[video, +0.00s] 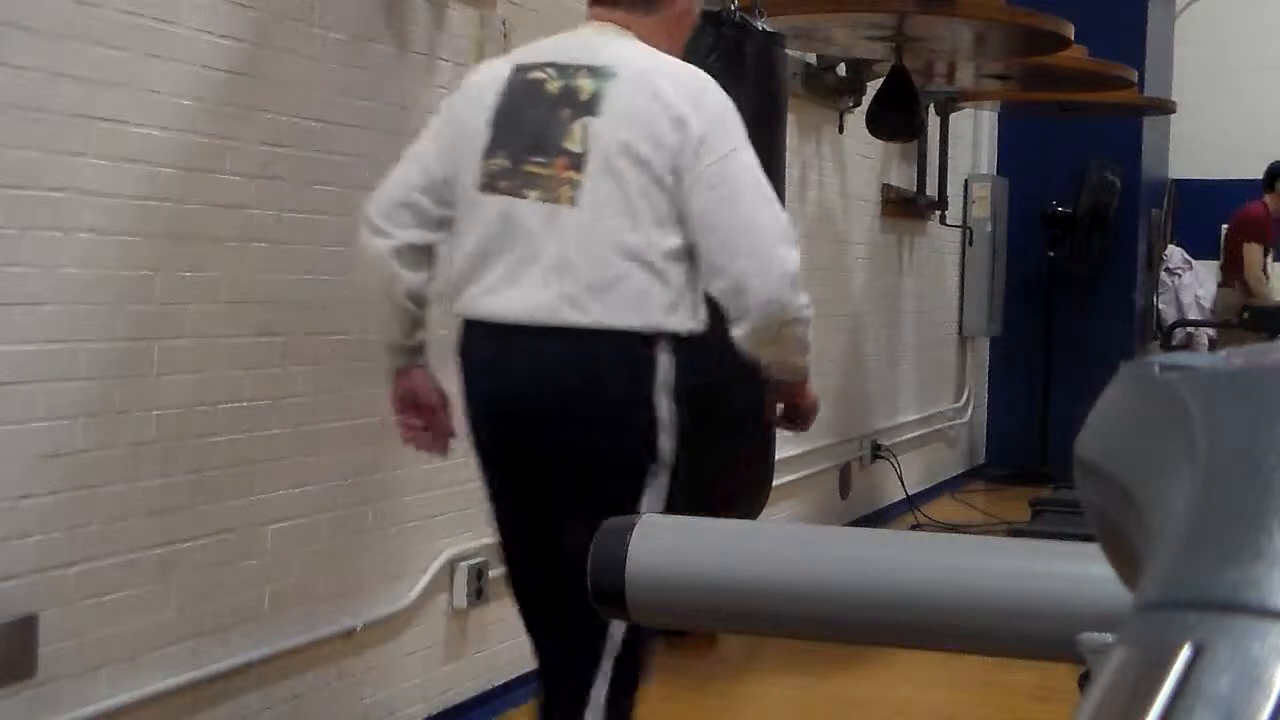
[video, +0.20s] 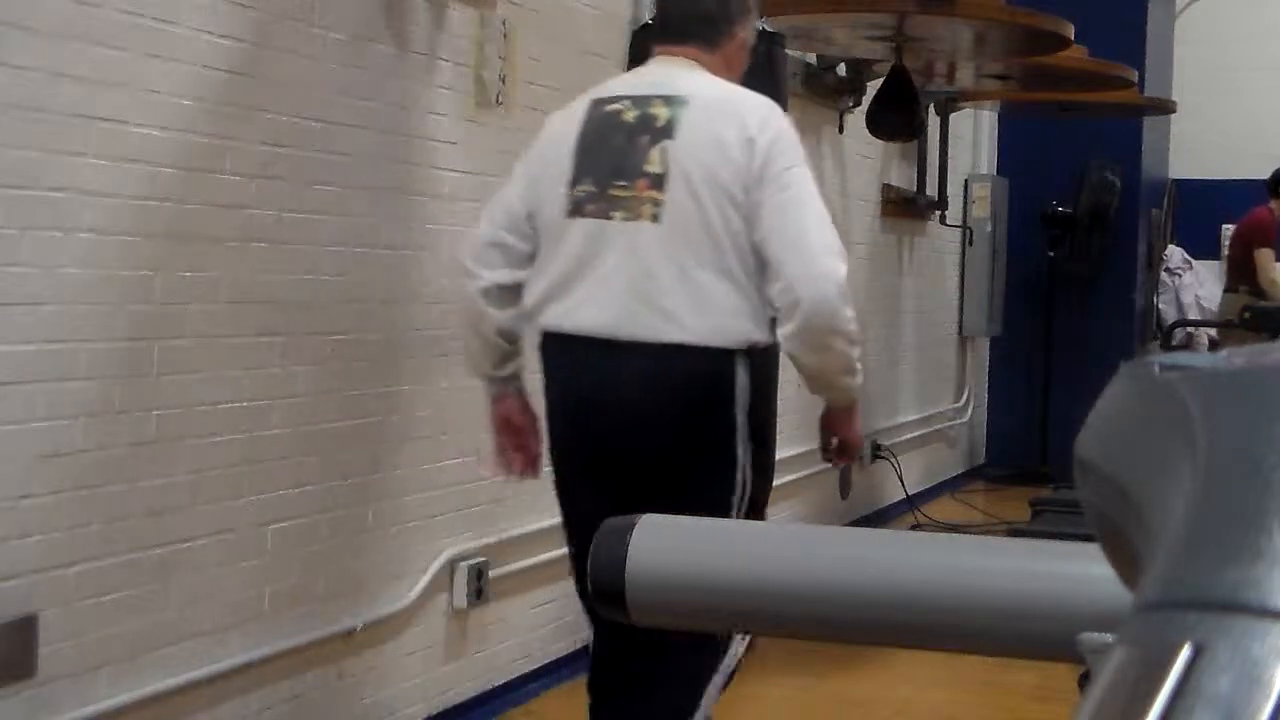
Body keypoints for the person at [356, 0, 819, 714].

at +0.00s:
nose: (693, 29)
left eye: (696, 19)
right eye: (695, 16)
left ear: (594, 5)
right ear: (680, 10)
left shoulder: (490, 80)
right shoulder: (686, 96)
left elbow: (394, 219)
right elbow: (760, 273)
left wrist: (406, 359)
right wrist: (788, 375)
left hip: (495, 359)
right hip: (623, 363)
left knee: (542, 586)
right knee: (609, 590)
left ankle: (570, 707)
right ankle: (586, 712)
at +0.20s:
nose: (749, 56)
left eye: (750, 41)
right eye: (748, 41)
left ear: (658, 31)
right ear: (733, 38)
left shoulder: (574, 116)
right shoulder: (756, 122)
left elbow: (492, 258)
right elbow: (814, 288)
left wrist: (502, 382)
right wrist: (841, 398)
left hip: (578, 377)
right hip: (707, 383)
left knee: (608, 596)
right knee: (700, 595)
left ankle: (618, 710)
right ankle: (664, 714)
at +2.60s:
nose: (952, 106)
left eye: (969, 94)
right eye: (944, 94)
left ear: (1004, 104)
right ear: (937, 103)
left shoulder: (1026, 174)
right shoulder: (926, 167)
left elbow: (1038, 284)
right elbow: (901, 254)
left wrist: (933, 271)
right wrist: (875, 264)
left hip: (988, 364)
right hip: (925, 359)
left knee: (967, 523)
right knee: (910, 513)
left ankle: (958, 691)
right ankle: (1000, 651)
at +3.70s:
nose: (884, 124)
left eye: (896, 112)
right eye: (872, 110)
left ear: (917, 108)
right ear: (850, 105)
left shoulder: (949, 168)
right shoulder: (813, 164)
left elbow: (993, 263)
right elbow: (772, 257)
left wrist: (931, 267)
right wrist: (819, 268)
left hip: (924, 356)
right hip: (839, 354)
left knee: (932, 514)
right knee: (832, 517)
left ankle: (939, 670)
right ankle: (835, 681)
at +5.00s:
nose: (892, 155)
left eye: (903, 141)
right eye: (879, 144)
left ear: (932, 125)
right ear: (864, 135)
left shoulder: (982, 163)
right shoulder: (849, 170)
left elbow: (1032, 258)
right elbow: (825, 265)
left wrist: (961, 283)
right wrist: (874, 291)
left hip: (968, 353)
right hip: (883, 352)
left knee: (960, 514)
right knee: (862, 510)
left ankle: (943, 668)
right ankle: (839, 673)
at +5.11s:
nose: (894, 157)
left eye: (905, 143)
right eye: (882, 146)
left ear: (933, 123)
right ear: (867, 133)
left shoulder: (984, 163)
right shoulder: (851, 167)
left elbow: (1031, 262)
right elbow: (825, 264)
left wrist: (959, 285)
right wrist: (875, 289)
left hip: (967, 356)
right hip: (882, 353)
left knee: (959, 516)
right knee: (861, 510)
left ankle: (943, 670)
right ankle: (839, 673)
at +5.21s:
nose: (899, 151)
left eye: (909, 137)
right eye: (885, 139)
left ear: (937, 123)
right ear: (871, 131)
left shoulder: (986, 164)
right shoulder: (853, 166)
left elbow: (1031, 264)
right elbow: (825, 261)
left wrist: (961, 285)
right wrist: (874, 288)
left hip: (965, 356)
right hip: (880, 352)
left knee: (958, 516)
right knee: (859, 511)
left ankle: (943, 671)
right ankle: (839, 674)